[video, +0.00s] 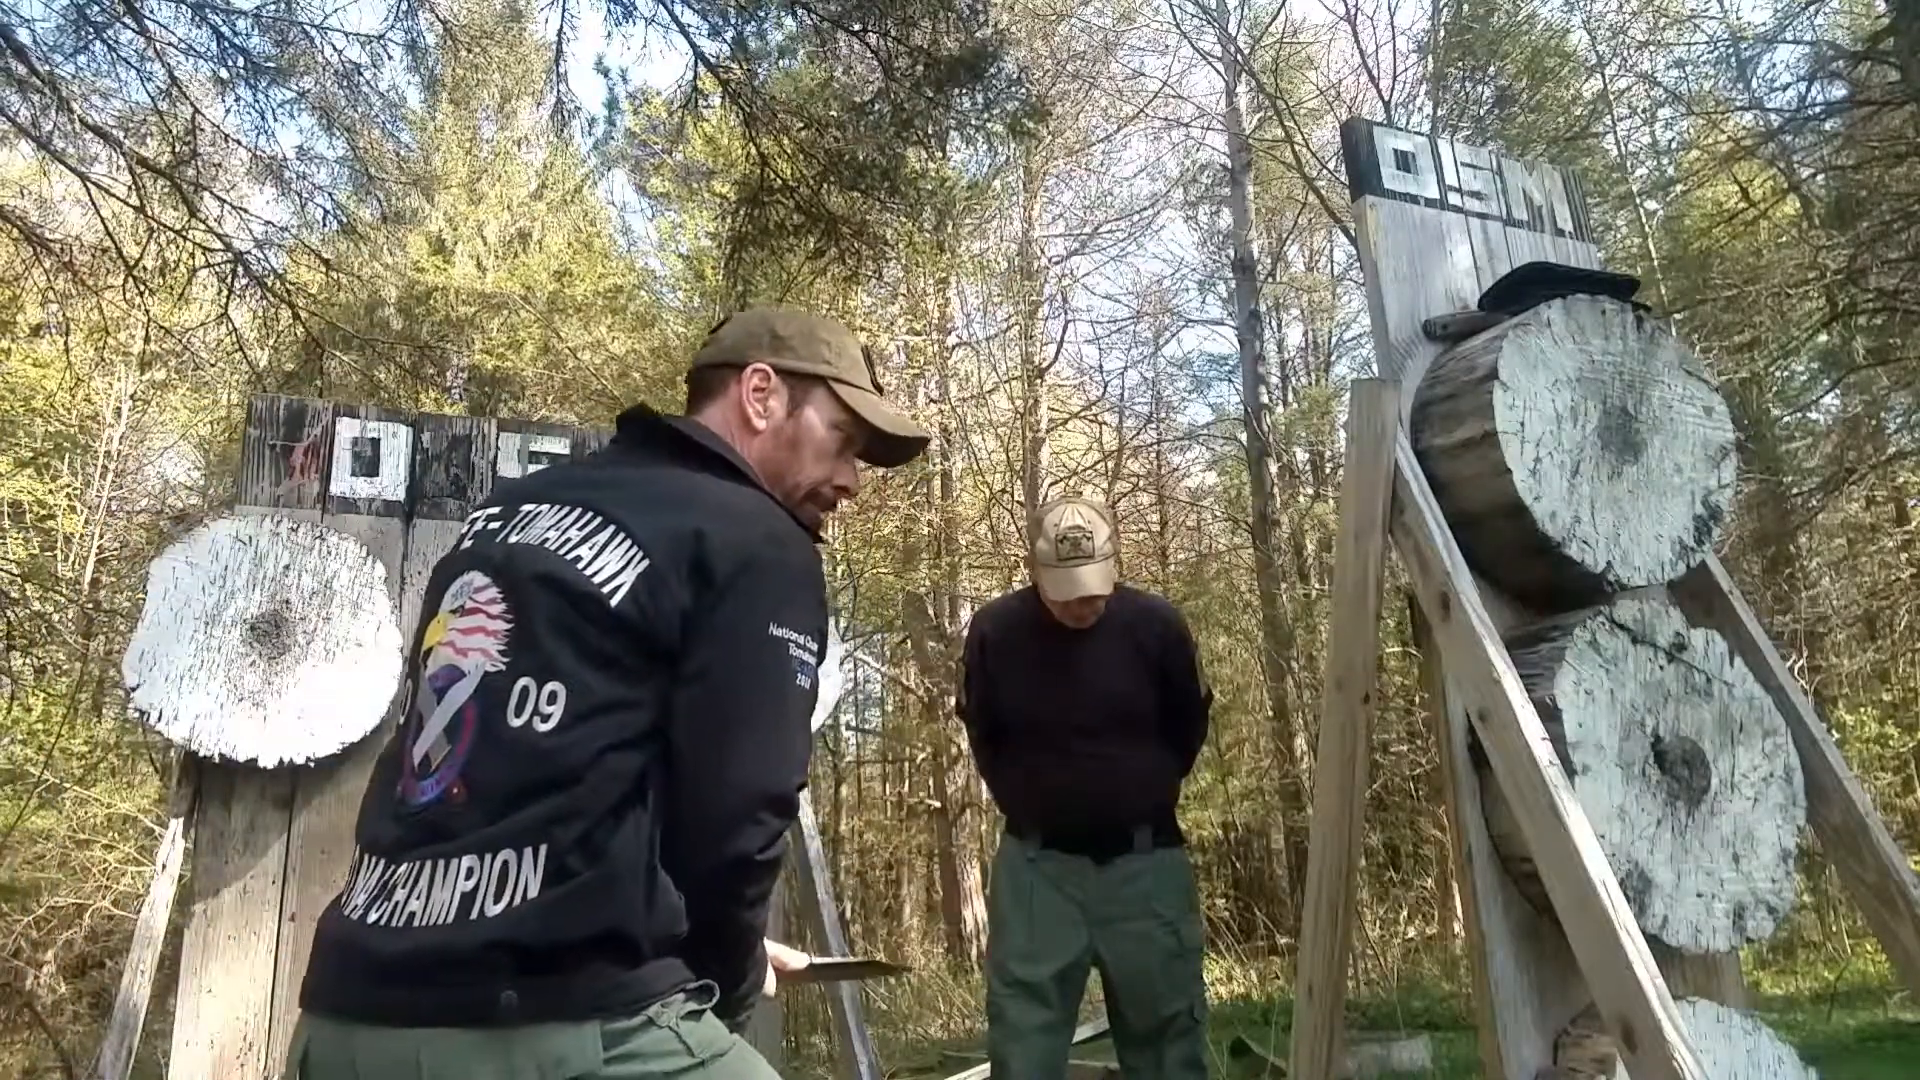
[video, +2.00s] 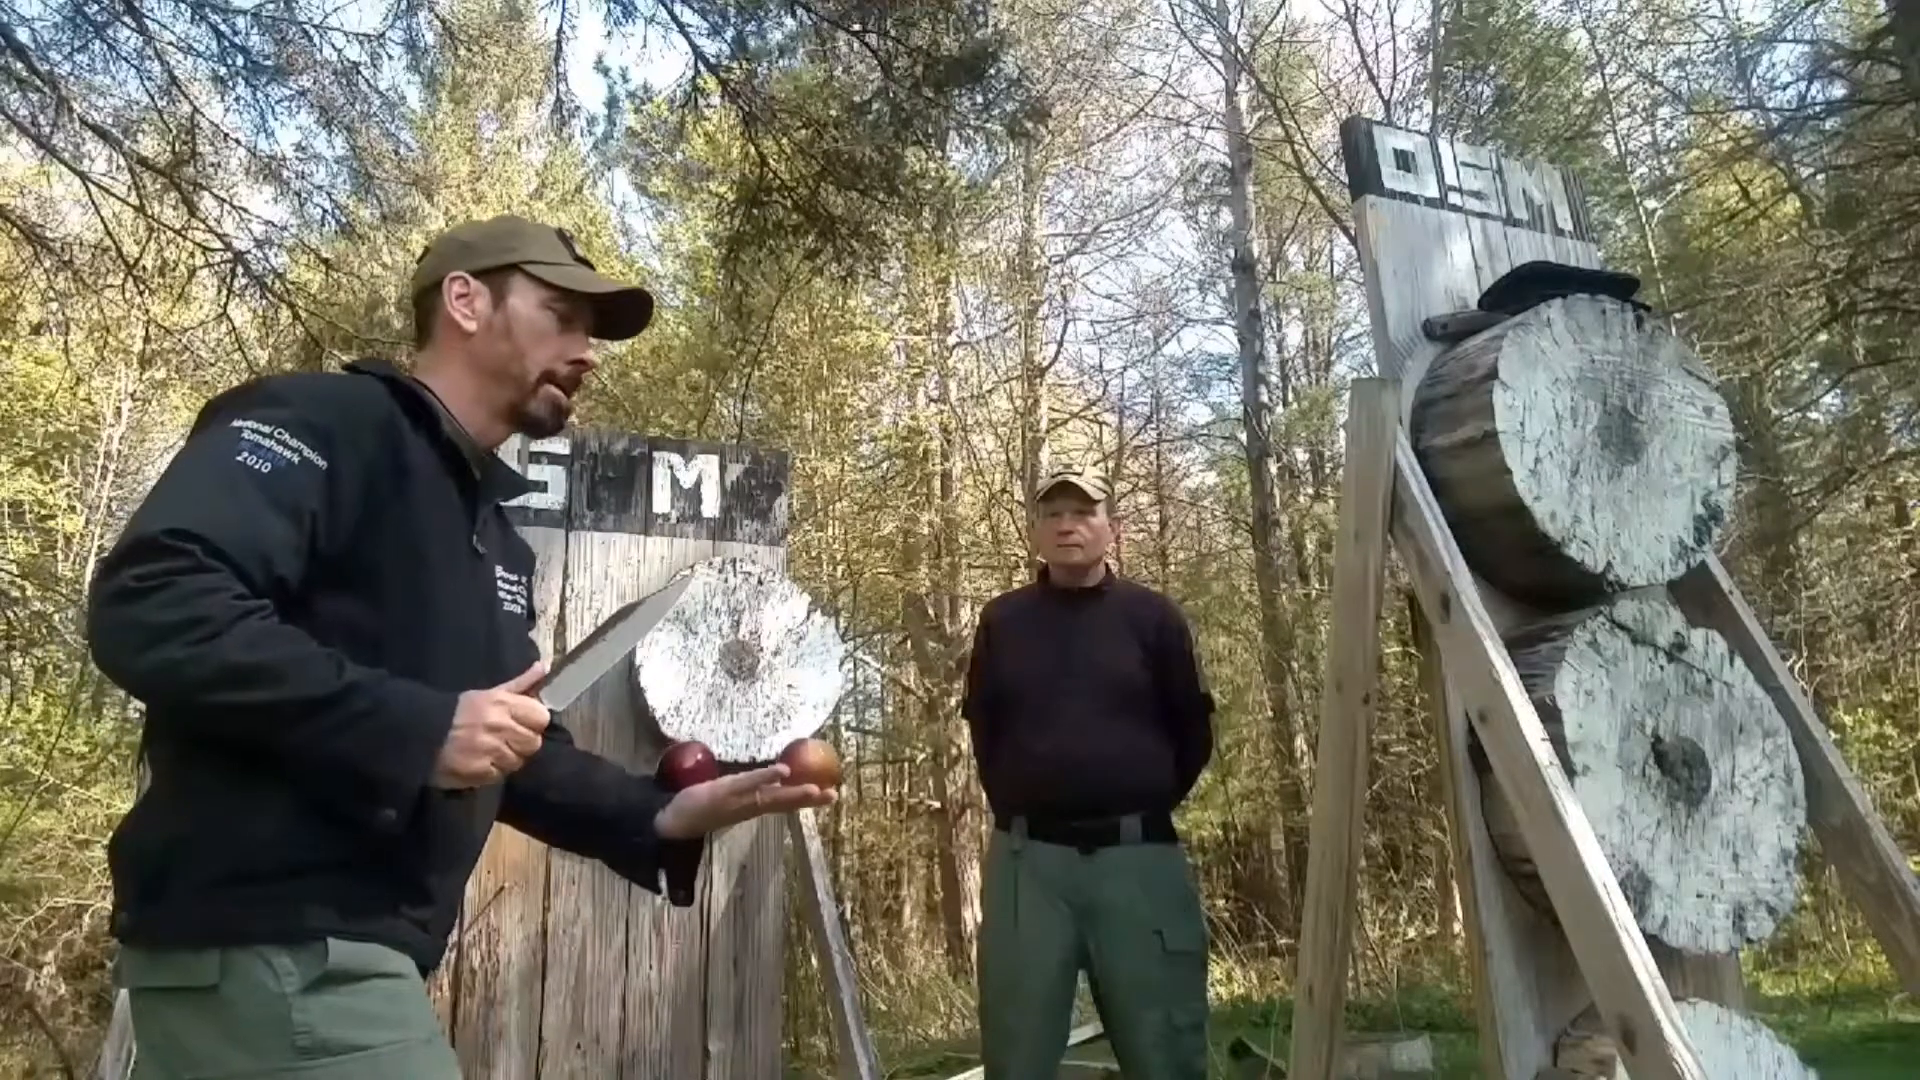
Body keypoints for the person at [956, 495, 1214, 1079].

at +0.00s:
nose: (1082, 606)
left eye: (1094, 593)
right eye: (1066, 595)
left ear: (1112, 567)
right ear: (1038, 573)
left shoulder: (1158, 624)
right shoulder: (994, 629)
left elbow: (1188, 723)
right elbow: (983, 730)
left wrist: (1141, 799)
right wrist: (1032, 808)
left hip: (1147, 876)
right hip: (1034, 876)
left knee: (1168, 1054)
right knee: (1022, 1058)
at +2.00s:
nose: (1068, 524)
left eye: (1082, 512)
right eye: (1053, 515)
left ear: (1111, 530)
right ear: (1032, 534)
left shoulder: (1154, 615)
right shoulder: (1001, 618)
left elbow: (1194, 732)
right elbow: (982, 723)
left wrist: (1140, 812)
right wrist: (1024, 815)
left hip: (1140, 862)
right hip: (1026, 861)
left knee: (1164, 1058)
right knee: (1017, 1059)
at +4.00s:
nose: (1069, 521)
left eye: (1083, 510)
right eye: (1053, 512)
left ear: (1110, 530)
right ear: (1034, 533)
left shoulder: (1153, 614)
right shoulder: (1000, 618)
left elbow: (1194, 731)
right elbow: (983, 726)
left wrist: (1141, 813)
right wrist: (1026, 814)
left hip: (1138, 860)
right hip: (1025, 861)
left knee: (1164, 1057)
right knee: (1016, 1059)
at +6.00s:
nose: (1074, 525)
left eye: (1087, 513)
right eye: (1058, 513)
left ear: (1105, 533)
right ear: (1030, 530)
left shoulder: (1146, 612)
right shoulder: (992, 620)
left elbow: (1187, 722)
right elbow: (979, 730)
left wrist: (1138, 803)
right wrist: (1026, 815)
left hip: (1140, 861)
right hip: (1028, 862)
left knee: (1167, 1048)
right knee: (1019, 1052)